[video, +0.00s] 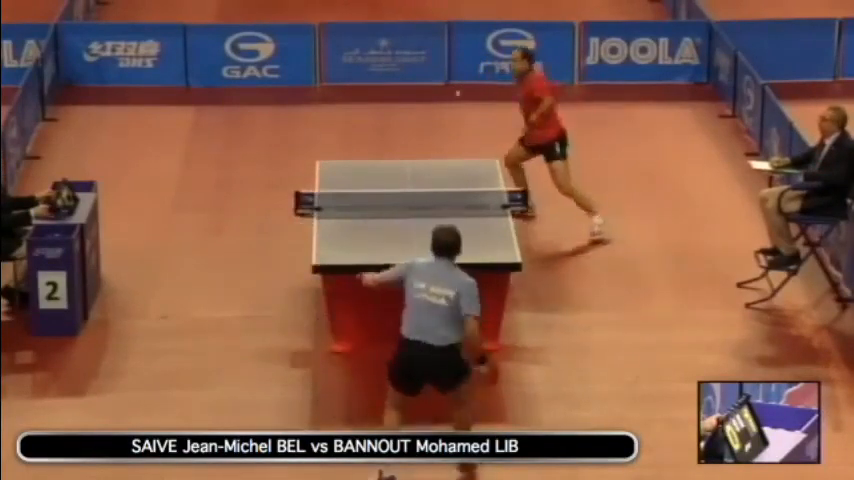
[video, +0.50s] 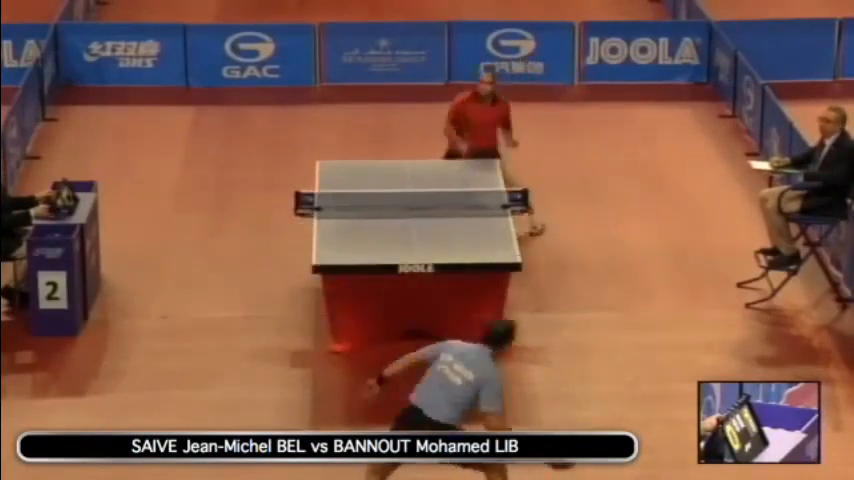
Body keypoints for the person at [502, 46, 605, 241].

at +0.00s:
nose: (513, 65)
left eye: (516, 61)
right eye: (512, 61)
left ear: (527, 63)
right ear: (520, 63)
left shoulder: (536, 79)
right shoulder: (524, 81)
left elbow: (548, 100)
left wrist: (536, 116)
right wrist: (528, 132)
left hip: (553, 136)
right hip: (535, 135)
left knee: (563, 185)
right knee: (511, 160)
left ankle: (595, 216)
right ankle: (524, 204)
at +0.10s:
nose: (525, 63)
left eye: (528, 60)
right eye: (522, 59)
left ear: (535, 61)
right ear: (518, 60)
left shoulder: (539, 79)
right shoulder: (509, 77)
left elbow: (557, 93)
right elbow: (492, 79)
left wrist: (538, 79)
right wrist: (500, 70)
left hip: (542, 130)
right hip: (521, 130)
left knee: (539, 166)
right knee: (500, 161)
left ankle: (556, 209)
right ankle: (526, 179)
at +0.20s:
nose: (520, 73)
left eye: (525, 70)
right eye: (518, 69)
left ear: (532, 72)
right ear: (514, 70)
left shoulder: (534, 88)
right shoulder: (508, 87)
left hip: (527, 130)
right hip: (506, 130)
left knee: (522, 163)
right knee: (500, 168)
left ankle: (539, 206)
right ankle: (525, 170)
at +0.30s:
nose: (516, 87)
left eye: (520, 83)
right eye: (514, 83)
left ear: (526, 84)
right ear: (509, 82)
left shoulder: (534, 104)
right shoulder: (498, 100)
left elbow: (544, 133)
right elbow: (487, 128)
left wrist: (535, 133)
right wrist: (519, 136)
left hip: (516, 143)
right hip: (492, 142)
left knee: (523, 179)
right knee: (478, 176)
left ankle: (535, 220)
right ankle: (474, 218)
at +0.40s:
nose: (505, 93)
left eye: (509, 90)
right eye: (502, 89)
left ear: (516, 92)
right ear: (498, 90)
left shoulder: (522, 112)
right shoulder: (485, 109)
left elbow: (523, 135)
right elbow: (474, 137)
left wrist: (522, 150)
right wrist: (491, 153)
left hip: (508, 156)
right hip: (482, 154)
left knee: (525, 184)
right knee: (469, 183)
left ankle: (535, 219)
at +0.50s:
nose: (485, 87)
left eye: (489, 83)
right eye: (482, 83)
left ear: (494, 85)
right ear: (476, 83)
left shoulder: (501, 105)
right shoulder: (462, 103)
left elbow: (506, 126)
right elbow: (448, 128)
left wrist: (510, 140)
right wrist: (460, 144)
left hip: (491, 155)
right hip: (467, 156)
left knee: (513, 186)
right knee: (466, 194)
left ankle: (532, 223)